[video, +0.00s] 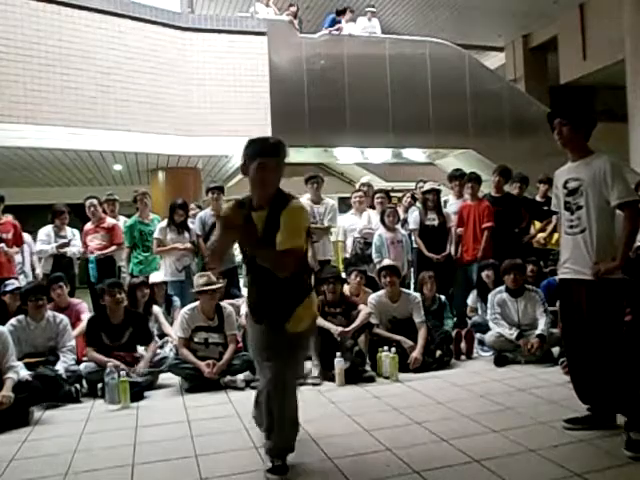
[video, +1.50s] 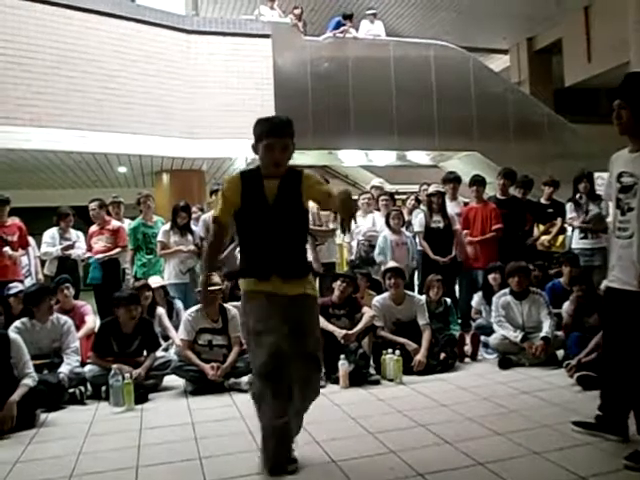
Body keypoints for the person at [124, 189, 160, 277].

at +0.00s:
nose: (144, 203)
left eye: (146, 199)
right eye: (140, 200)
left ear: (150, 202)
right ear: (136, 204)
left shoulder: (157, 220)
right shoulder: (130, 224)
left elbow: (160, 243)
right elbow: (127, 247)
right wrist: (125, 269)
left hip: (155, 266)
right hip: (138, 267)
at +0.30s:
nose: (144, 202)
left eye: (146, 199)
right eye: (140, 200)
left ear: (150, 202)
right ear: (136, 204)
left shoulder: (157, 220)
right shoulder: (130, 224)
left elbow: (160, 242)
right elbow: (128, 247)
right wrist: (125, 267)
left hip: (155, 265)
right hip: (138, 267)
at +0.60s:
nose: (144, 202)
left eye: (146, 199)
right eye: (140, 200)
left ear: (150, 202)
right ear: (136, 204)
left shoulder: (156, 220)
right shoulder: (130, 224)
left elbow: (160, 242)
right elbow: (128, 247)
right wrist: (125, 267)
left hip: (155, 265)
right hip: (138, 266)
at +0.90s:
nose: (144, 202)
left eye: (146, 199)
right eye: (140, 200)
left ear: (150, 201)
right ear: (136, 204)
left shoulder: (156, 220)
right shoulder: (130, 224)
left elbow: (161, 242)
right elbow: (127, 247)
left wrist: (164, 264)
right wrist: (124, 267)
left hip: (155, 266)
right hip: (137, 267)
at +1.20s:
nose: (143, 202)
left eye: (145, 199)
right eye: (139, 200)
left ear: (149, 201)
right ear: (135, 204)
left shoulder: (156, 220)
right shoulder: (130, 224)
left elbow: (161, 242)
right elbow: (127, 247)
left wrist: (164, 264)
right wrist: (125, 268)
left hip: (155, 266)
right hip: (138, 267)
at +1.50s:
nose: (148, 204)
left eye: (149, 201)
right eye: (144, 202)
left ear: (154, 204)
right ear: (139, 206)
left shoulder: (161, 222)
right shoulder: (134, 226)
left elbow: (165, 245)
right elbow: (131, 249)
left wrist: (168, 266)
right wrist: (130, 271)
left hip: (159, 268)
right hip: (142, 269)